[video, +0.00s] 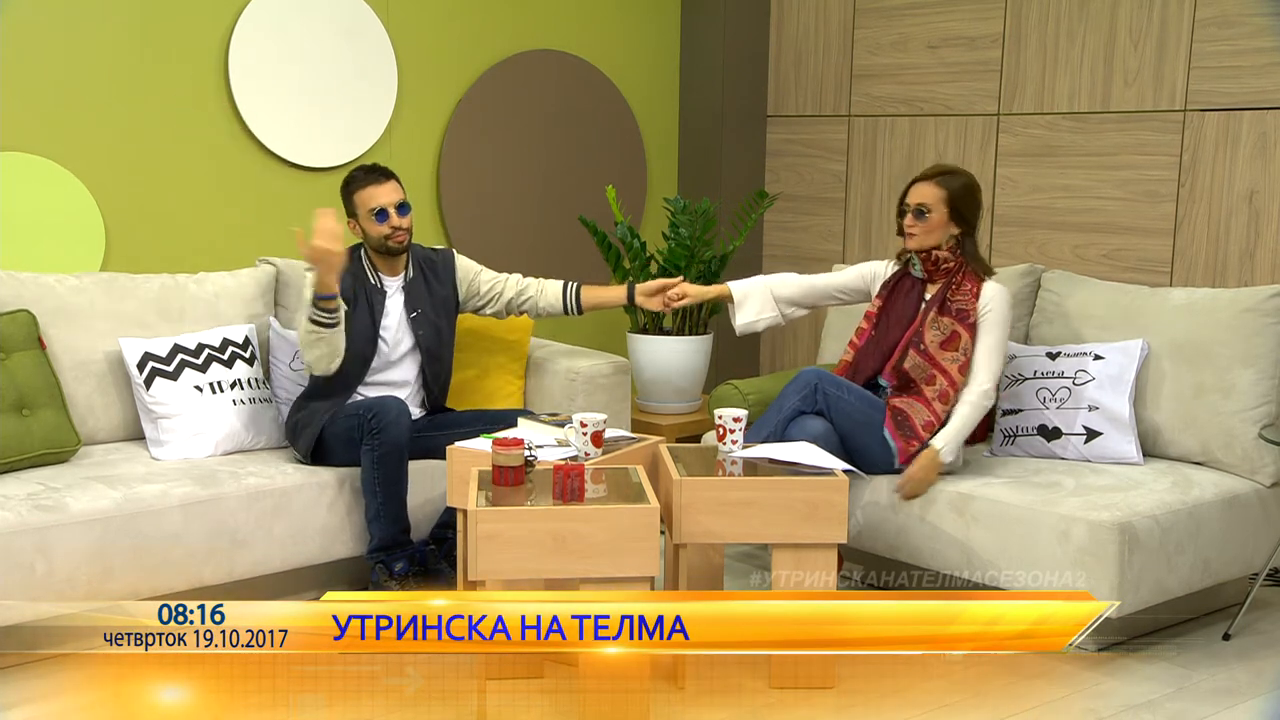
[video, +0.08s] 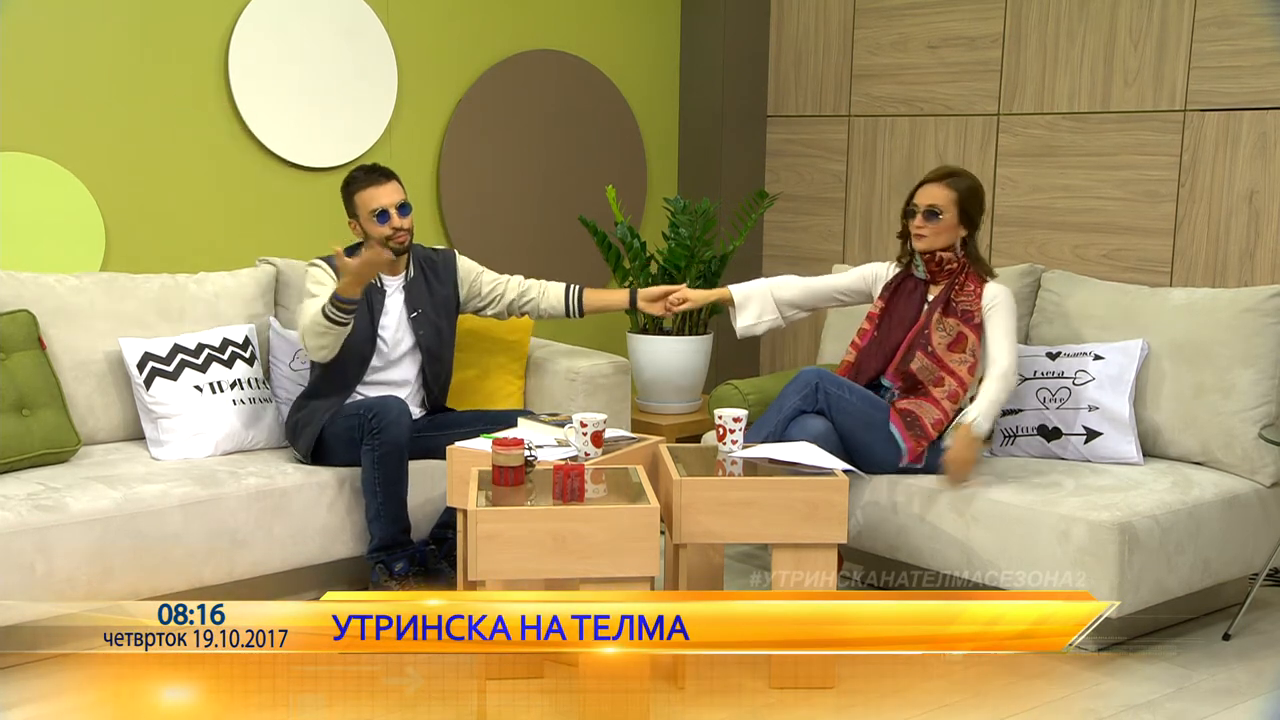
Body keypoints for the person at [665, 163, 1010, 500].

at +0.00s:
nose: (908, 221)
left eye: (922, 213)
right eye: (906, 212)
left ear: (957, 225)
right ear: (902, 215)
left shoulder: (987, 296)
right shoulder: (889, 274)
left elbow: (982, 387)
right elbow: (806, 287)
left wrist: (936, 453)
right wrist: (714, 291)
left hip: (914, 436)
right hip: (859, 420)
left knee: (812, 381)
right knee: (809, 431)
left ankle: (729, 470)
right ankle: (809, 570)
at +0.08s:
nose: (917, 223)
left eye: (933, 214)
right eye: (914, 213)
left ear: (964, 227)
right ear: (907, 219)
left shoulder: (989, 295)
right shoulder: (890, 276)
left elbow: (1002, 372)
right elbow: (807, 290)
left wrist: (971, 429)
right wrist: (714, 295)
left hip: (922, 436)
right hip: (864, 421)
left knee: (813, 380)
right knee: (809, 431)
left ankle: (734, 468)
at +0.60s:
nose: (943, 229)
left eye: (959, 220)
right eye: (937, 218)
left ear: (985, 232)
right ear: (927, 225)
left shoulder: (999, 292)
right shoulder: (905, 279)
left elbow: (1039, 230)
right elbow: (819, 294)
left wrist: (1089, 146)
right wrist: (724, 301)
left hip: (924, 434)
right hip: (864, 414)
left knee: (812, 379)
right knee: (808, 433)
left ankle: (738, 463)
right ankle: (802, 570)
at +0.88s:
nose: (948, 230)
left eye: (964, 220)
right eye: (941, 219)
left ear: (990, 232)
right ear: (930, 227)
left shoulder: (1000, 295)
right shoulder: (907, 282)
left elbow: (1047, 239)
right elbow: (822, 289)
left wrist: (1102, 160)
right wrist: (726, 296)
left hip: (924, 434)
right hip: (867, 417)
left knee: (814, 379)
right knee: (806, 431)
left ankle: (732, 463)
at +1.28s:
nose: (943, 229)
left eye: (958, 221)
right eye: (938, 220)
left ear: (990, 232)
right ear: (931, 228)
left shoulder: (1003, 297)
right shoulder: (908, 283)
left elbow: (1050, 243)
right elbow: (823, 291)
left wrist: (1107, 164)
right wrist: (730, 298)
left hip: (924, 434)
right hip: (868, 417)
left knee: (814, 378)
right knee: (805, 431)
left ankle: (733, 460)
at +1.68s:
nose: (941, 230)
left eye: (956, 221)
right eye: (939, 221)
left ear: (990, 232)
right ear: (935, 230)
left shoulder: (1005, 297)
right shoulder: (910, 283)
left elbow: (1052, 246)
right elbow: (823, 290)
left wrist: (1112, 168)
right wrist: (729, 298)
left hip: (925, 435)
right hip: (868, 415)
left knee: (814, 377)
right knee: (805, 428)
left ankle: (730, 469)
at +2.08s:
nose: (942, 234)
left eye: (956, 225)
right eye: (937, 225)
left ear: (989, 235)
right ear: (932, 233)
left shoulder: (1003, 297)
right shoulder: (907, 283)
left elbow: (1053, 244)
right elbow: (822, 294)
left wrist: (1108, 169)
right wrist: (731, 297)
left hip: (931, 442)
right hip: (869, 423)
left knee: (831, 364)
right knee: (792, 421)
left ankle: (703, 415)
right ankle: (809, 567)